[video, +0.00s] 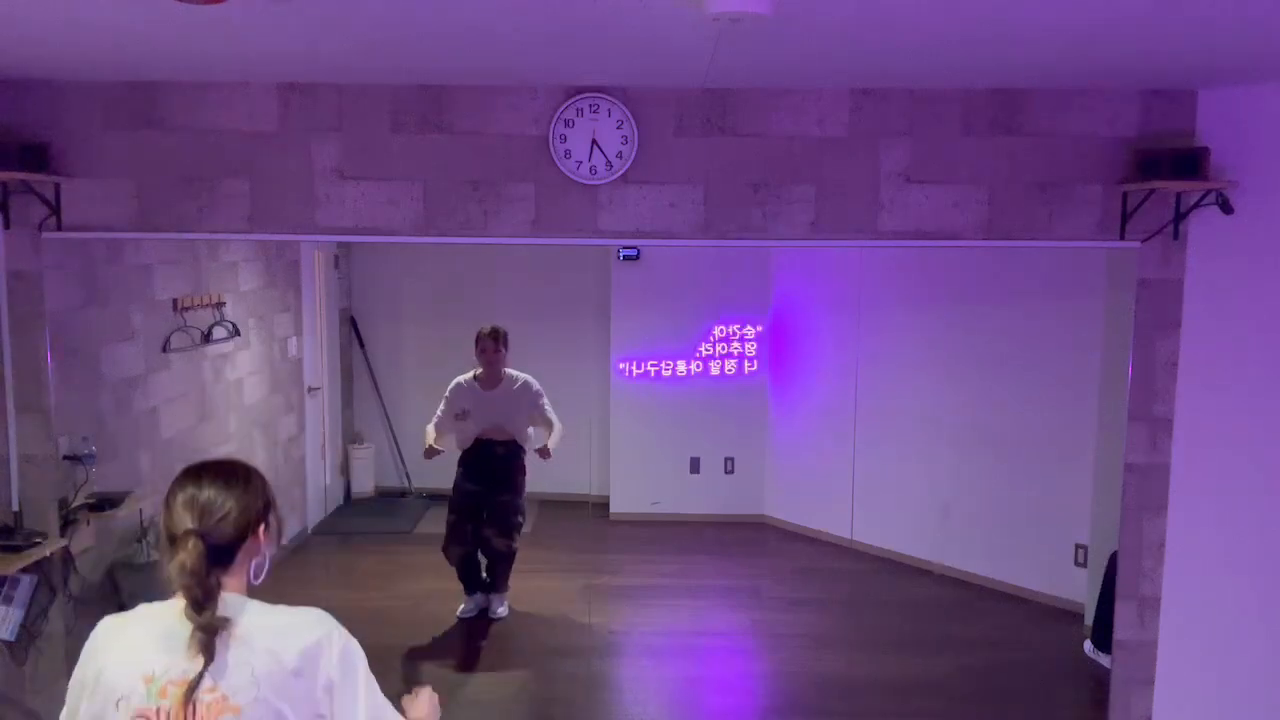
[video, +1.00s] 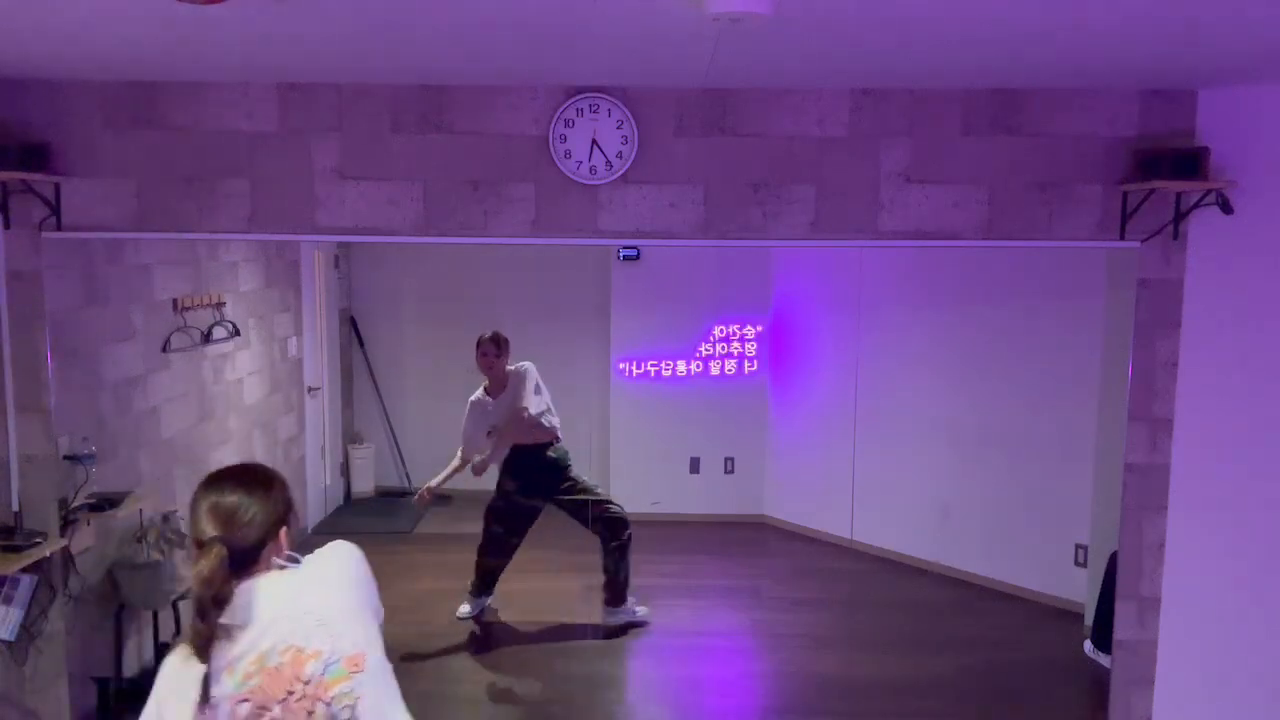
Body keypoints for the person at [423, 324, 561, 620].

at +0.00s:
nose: (488, 356)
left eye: (494, 350)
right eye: (482, 350)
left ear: (505, 353)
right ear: (475, 353)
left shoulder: (525, 386)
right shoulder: (460, 387)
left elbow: (554, 424)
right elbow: (436, 423)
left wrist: (549, 444)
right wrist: (430, 442)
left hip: (508, 462)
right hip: (473, 461)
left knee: (502, 532)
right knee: (457, 536)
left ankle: (498, 594)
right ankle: (474, 593)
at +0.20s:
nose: (485, 380)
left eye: (492, 374)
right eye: (480, 374)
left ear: (502, 374)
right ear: (473, 375)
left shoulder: (521, 402)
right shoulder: (459, 402)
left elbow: (566, 424)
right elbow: (411, 423)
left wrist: (542, 429)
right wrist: (432, 429)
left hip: (504, 476)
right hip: (470, 474)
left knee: (498, 539)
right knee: (460, 540)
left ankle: (497, 597)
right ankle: (473, 597)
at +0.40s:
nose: (485, 378)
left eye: (491, 372)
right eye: (479, 372)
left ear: (501, 373)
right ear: (472, 372)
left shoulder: (515, 394)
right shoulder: (461, 391)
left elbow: (566, 397)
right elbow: (413, 385)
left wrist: (528, 416)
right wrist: (446, 416)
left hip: (502, 470)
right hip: (469, 469)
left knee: (497, 534)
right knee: (457, 537)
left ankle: (496, 595)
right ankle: (473, 596)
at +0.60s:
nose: (487, 340)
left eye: (493, 335)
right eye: (480, 334)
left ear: (501, 338)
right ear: (471, 337)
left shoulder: (518, 372)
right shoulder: (457, 370)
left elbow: (551, 411)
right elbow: (422, 406)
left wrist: (525, 450)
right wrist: (452, 447)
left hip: (508, 455)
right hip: (472, 454)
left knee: (497, 529)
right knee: (461, 530)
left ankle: (496, 591)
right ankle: (473, 593)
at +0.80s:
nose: (479, 348)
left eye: (486, 343)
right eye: (473, 342)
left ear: (494, 348)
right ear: (464, 347)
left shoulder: (511, 376)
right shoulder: (454, 392)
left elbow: (517, 429)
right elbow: (456, 447)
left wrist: (512, 475)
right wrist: (454, 487)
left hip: (522, 452)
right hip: (486, 458)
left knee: (556, 529)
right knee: (465, 538)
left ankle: (515, 574)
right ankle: (477, 594)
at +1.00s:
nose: (488, 362)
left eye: (493, 355)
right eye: (482, 356)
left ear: (506, 357)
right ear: (476, 360)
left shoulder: (524, 372)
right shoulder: (478, 404)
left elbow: (520, 416)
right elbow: (466, 455)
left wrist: (489, 458)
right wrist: (435, 483)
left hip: (553, 468)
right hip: (517, 474)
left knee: (615, 523)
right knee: (497, 534)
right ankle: (479, 597)